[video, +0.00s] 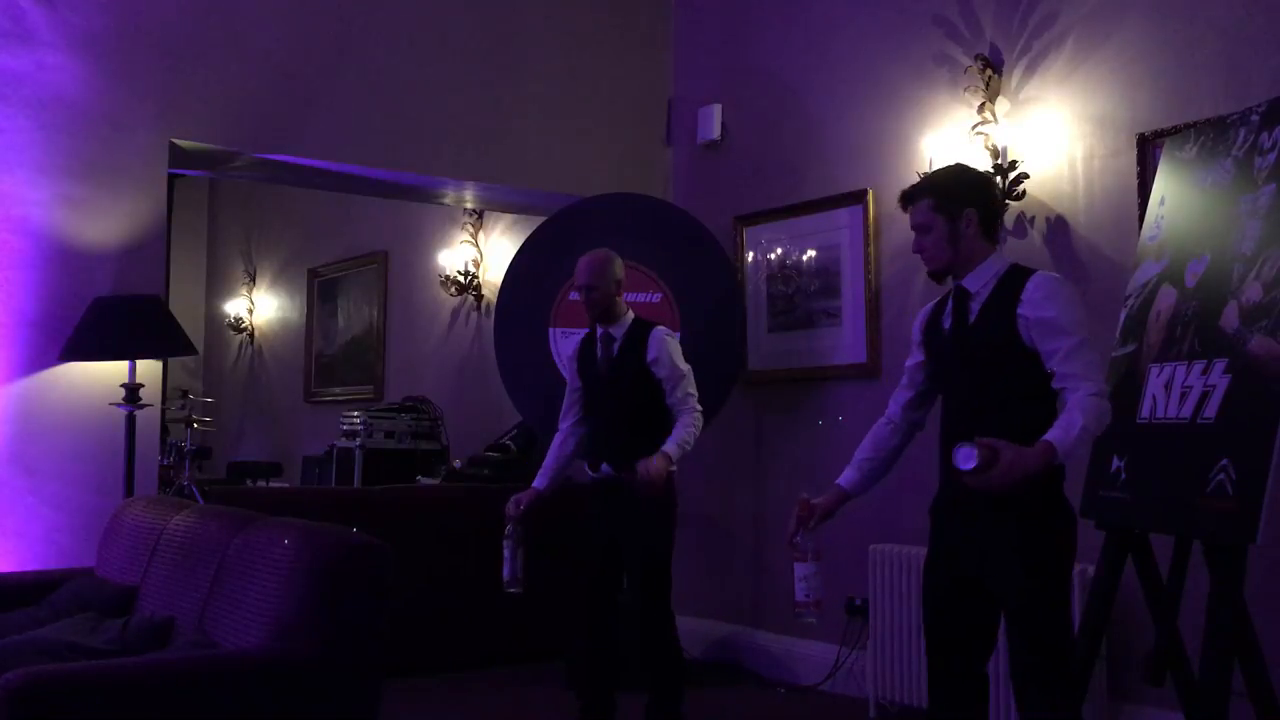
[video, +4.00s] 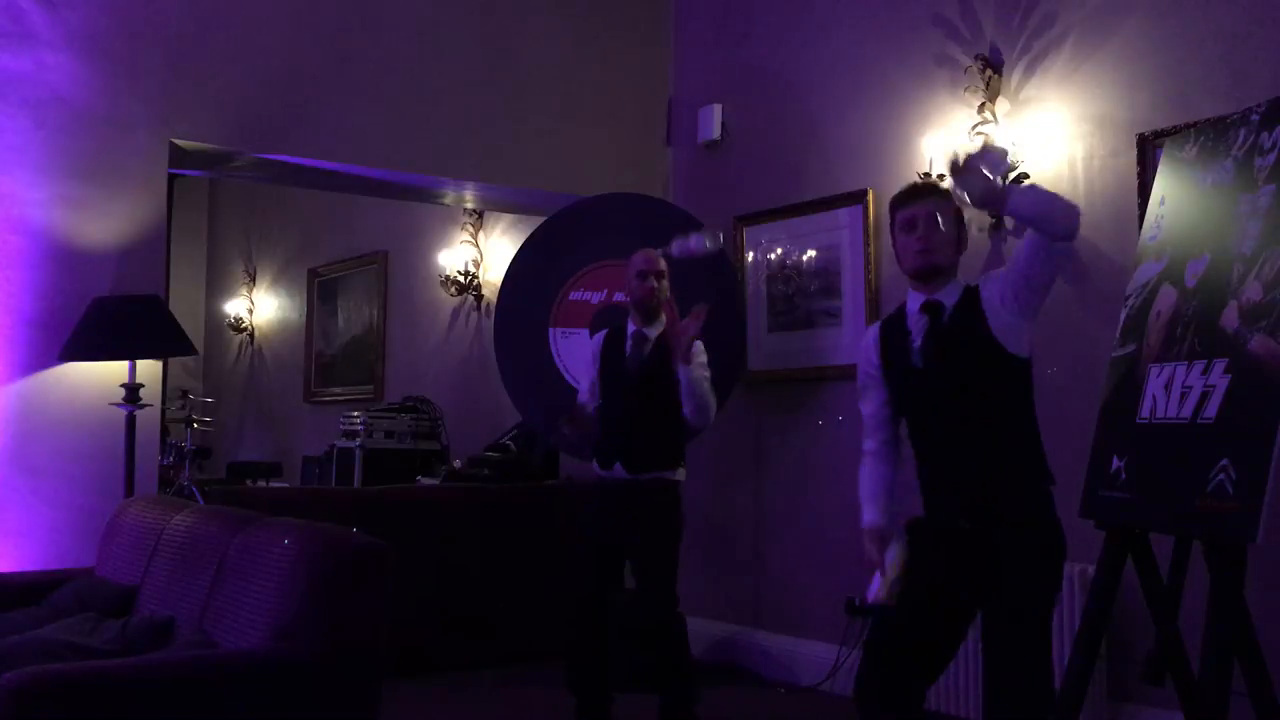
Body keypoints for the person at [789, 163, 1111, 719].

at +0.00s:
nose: (915, 245)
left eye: (924, 230)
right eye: (913, 232)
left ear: (969, 224)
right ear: (958, 228)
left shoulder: (1039, 294)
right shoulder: (936, 318)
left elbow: (1090, 398)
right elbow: (900, 417)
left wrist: (1039, 455)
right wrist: (837, 494)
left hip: (1031, 517)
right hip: (958, 518)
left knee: (1042, 684)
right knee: (953, 684)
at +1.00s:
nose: (953, 218)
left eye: (968, 206)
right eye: (954, 205)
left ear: (1013, 215)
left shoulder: (1040, 300)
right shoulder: (960, 294)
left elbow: (1041, 428)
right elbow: (926, 381)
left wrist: (959, 444)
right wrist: (929, 420)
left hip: (1033, 503)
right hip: (973, 497)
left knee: (1038, 677)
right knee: (948, 667)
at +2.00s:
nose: (926, 226)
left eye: (937, 216)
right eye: (930, 214)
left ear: (975, 225)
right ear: (975, 224)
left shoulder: (998, 310)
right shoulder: (979, 276)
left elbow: (994, 442)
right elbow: (929, 237)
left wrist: (920, 526)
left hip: (993, 515)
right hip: (975, 505)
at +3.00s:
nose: (924, 308)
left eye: (940, 296)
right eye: (919, 298)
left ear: (979, 307)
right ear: (912, 305)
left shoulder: (963, 367)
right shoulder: (982, 369)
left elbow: (927, 475)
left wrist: (827, 505)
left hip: (929, 582)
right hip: (952, 580)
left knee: (841, 678)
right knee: (918, 701)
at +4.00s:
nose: (924, 236)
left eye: (937, 223)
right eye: (909, 227)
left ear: (960, 237)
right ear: (893, 248)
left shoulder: (1003, 300)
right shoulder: (881, 341)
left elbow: (1063, 222)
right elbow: (878, 444)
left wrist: (997, 194)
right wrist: (877, 537)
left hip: (1020, 528)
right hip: (941, 536)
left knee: (1016, 697)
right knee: (881, 690)